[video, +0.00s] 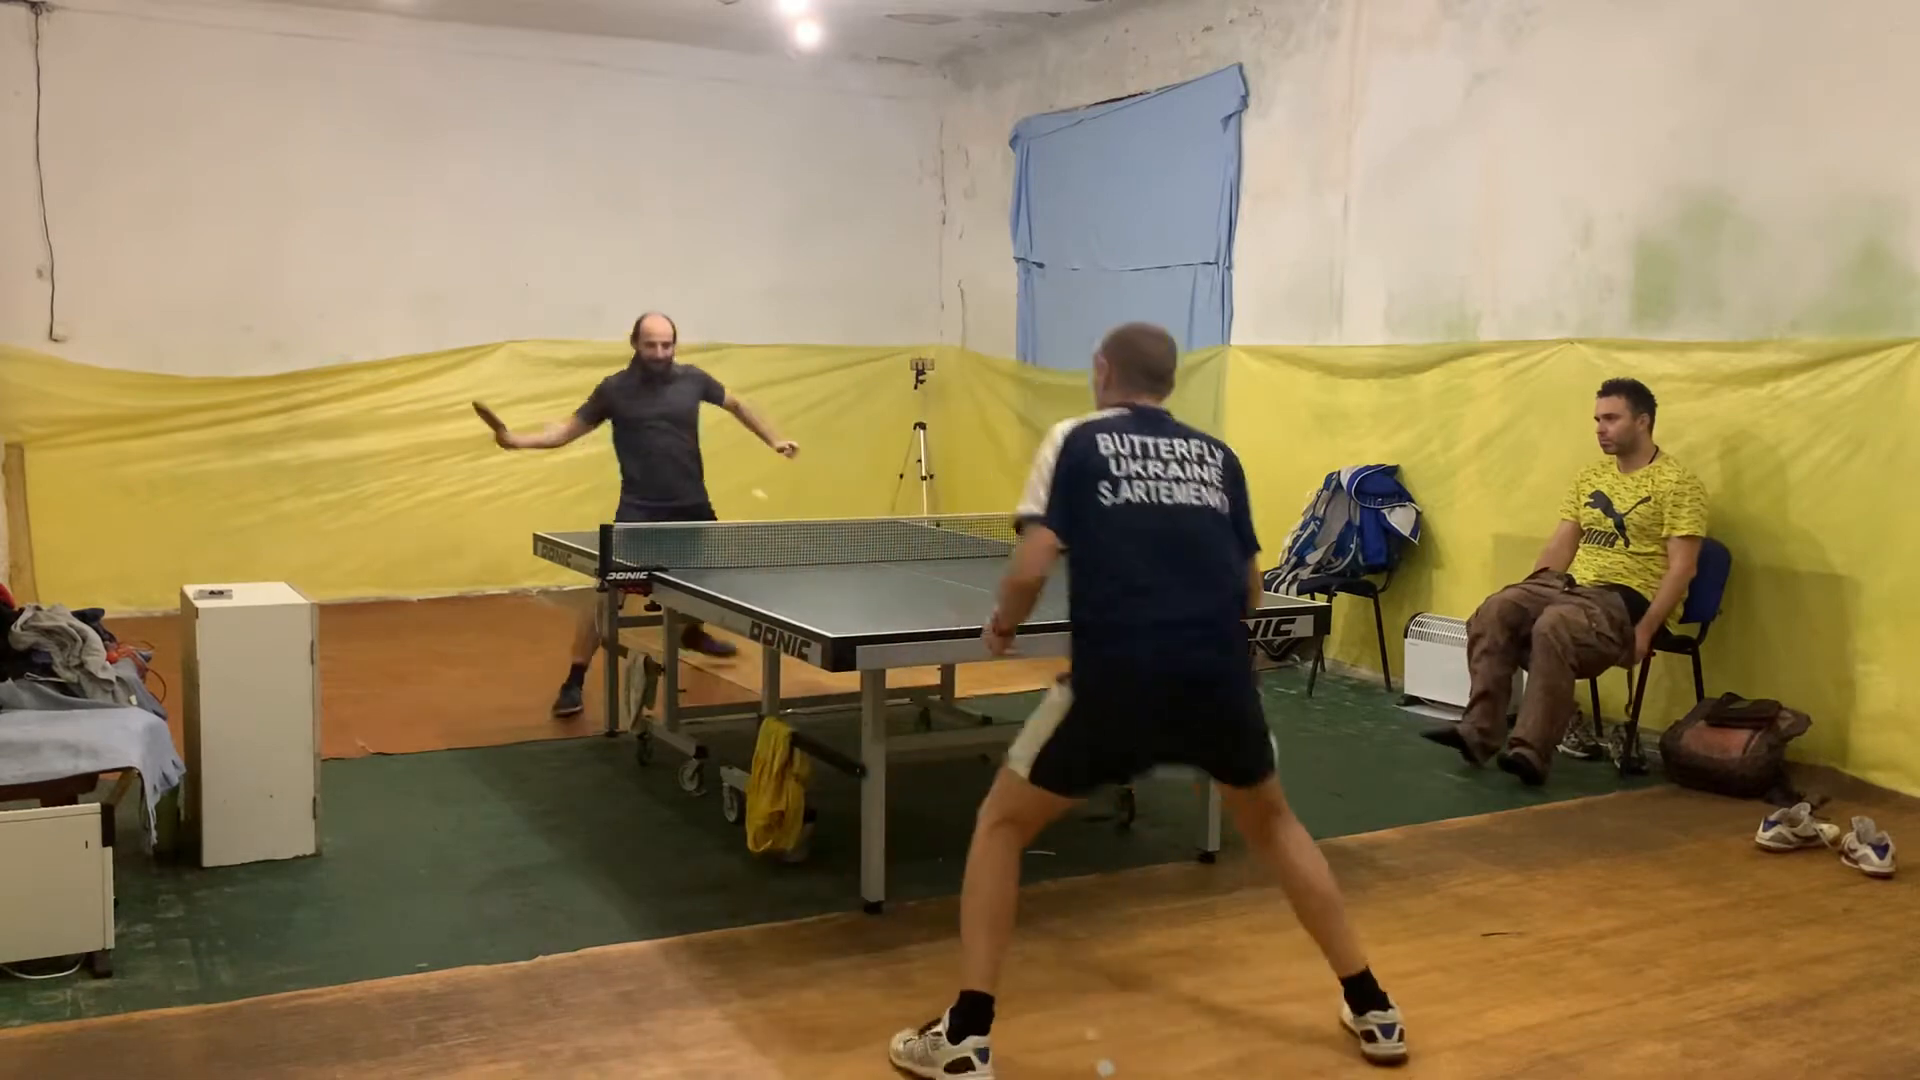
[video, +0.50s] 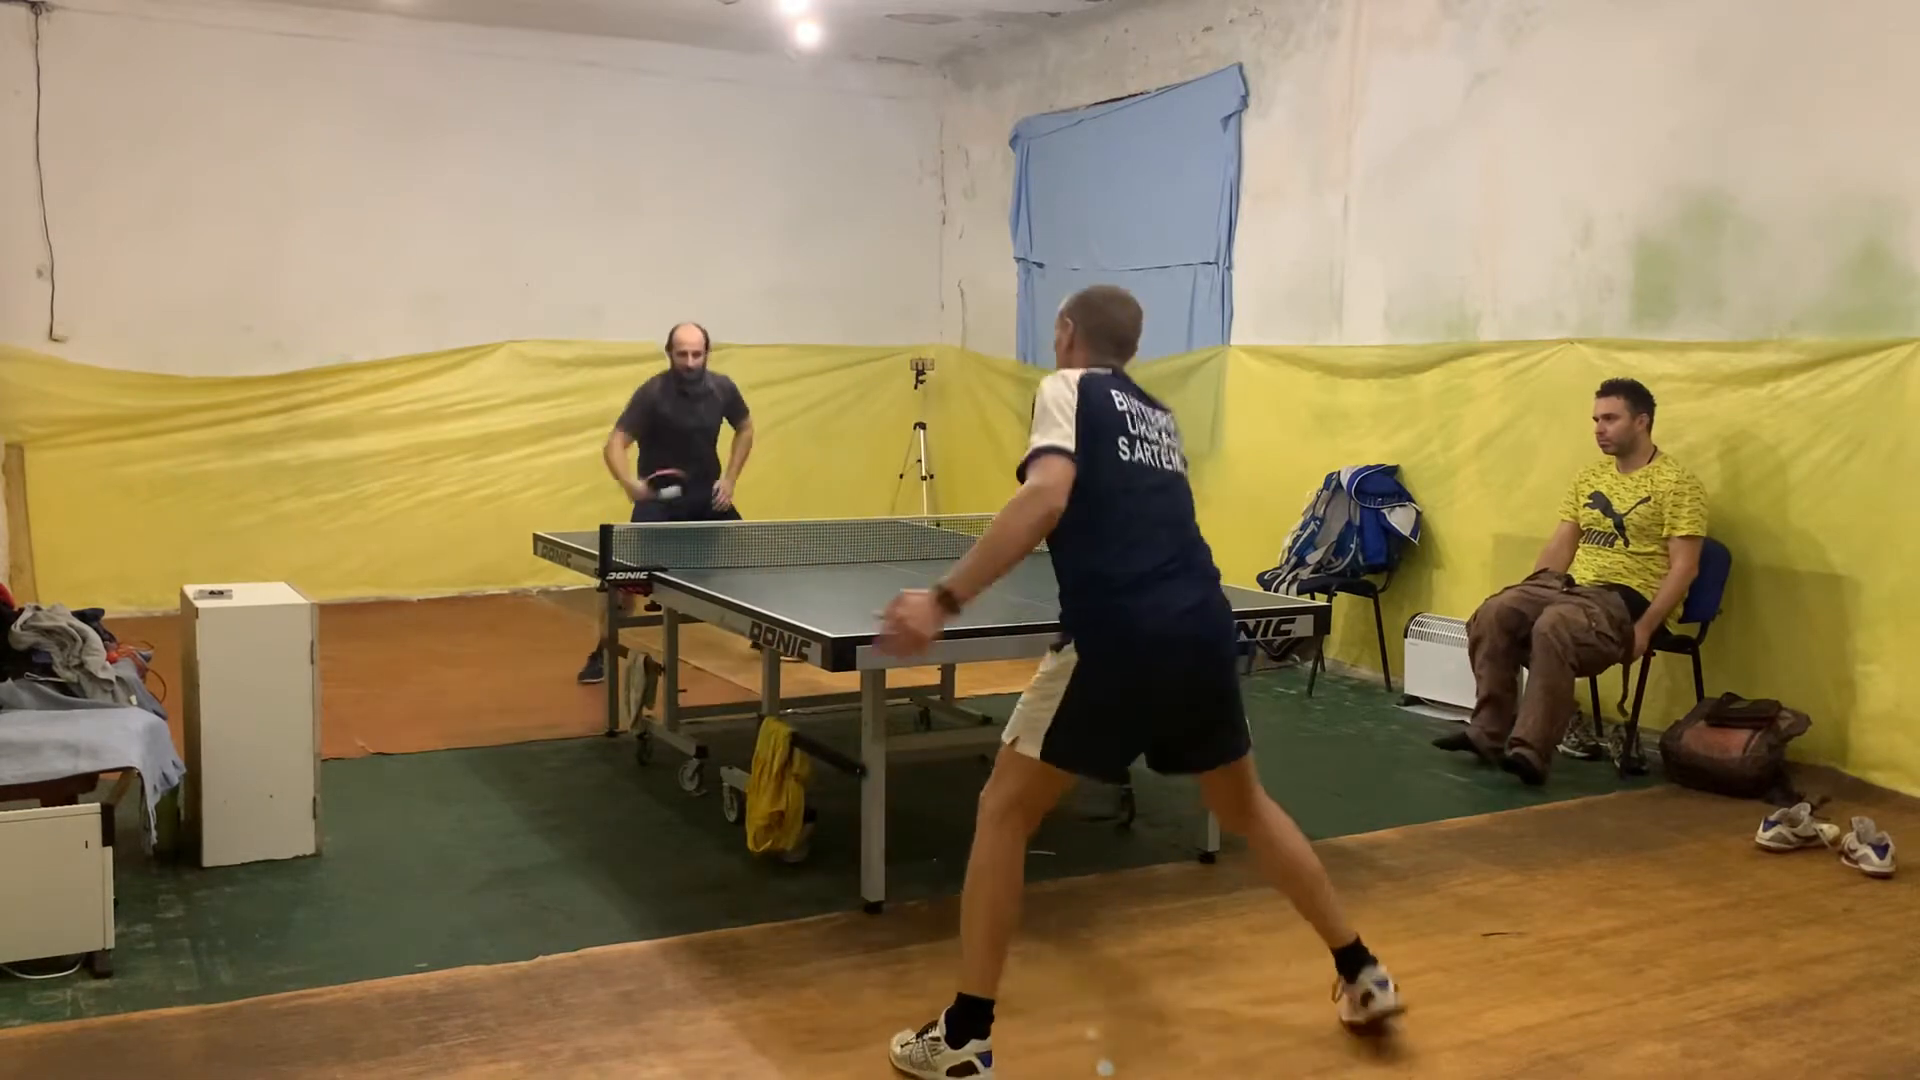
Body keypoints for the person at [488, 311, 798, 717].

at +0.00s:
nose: (661, 352)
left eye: (667, 345)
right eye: (652, 345)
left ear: (676, 345)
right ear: (635, 346)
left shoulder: (694, 379)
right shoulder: (614, 390)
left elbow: (737, 406)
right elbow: (566, 429)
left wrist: (774, 440)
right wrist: (515, 440)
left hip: (692, 509)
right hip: (637, 511)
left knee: (711, 573)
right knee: (606, 594)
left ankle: (689, 628)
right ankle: (574, 682)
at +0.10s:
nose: (671, 358)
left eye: (678, 351)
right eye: (663, 351)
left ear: (687, 352)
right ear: (648, 353)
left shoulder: (706, 391)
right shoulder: (629, 398)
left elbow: (757, 418)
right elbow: (592, 440)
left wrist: (786, 448)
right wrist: (554, 462)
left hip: (699, 508)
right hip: (646, 510)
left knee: (727, 573)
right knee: (618, 587)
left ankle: (725, 639)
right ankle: (595, 663)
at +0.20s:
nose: (679, 356)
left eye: (685, 349)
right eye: (671, 349)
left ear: (695, 351)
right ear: (657, 351)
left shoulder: (713, 389)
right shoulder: (636, 395)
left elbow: (760, 418)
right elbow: (599, 437)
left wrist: (763, 443)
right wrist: (584, 450)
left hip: (706, 505)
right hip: (654, 508)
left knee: (732, 571)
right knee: (625, 586)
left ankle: (725, 639)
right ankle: (601, 663)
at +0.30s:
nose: (679, 338)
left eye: (686, 331)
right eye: (671, 332)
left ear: (695, 332)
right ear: (657, 333)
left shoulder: (715, 368)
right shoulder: (639, 376)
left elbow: (759, 407)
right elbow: (596, 414)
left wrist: (745, 443)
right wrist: (605, 430)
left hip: (708, 485)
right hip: (656, 487)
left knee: (743, 558)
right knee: (624, 565)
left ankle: (734, 632)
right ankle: (601, 653)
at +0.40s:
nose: (685, 341)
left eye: (691, 334)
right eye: (676, 334)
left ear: (701, 334)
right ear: (662, 335)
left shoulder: (717, 369)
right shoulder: (644, 373)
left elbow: (755, 411)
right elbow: (602, 422)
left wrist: (739, 459)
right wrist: (626, 446)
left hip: (707, 481)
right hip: (657, 483)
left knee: (747, 553)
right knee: (632, 561)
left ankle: (757, 624)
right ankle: (599, 650)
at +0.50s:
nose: (690, 361)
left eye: (697, 354)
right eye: (682, 354)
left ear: (706, 354)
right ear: (669, 355)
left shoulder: (722, 389)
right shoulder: (652, 392)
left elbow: (746, 429)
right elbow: (614, 445)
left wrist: (730, 478)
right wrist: (630, 483)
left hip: (708, 497)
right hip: (658, 500)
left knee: (751, 559)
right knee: (624, 571)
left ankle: (768, 633)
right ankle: (604, 650)